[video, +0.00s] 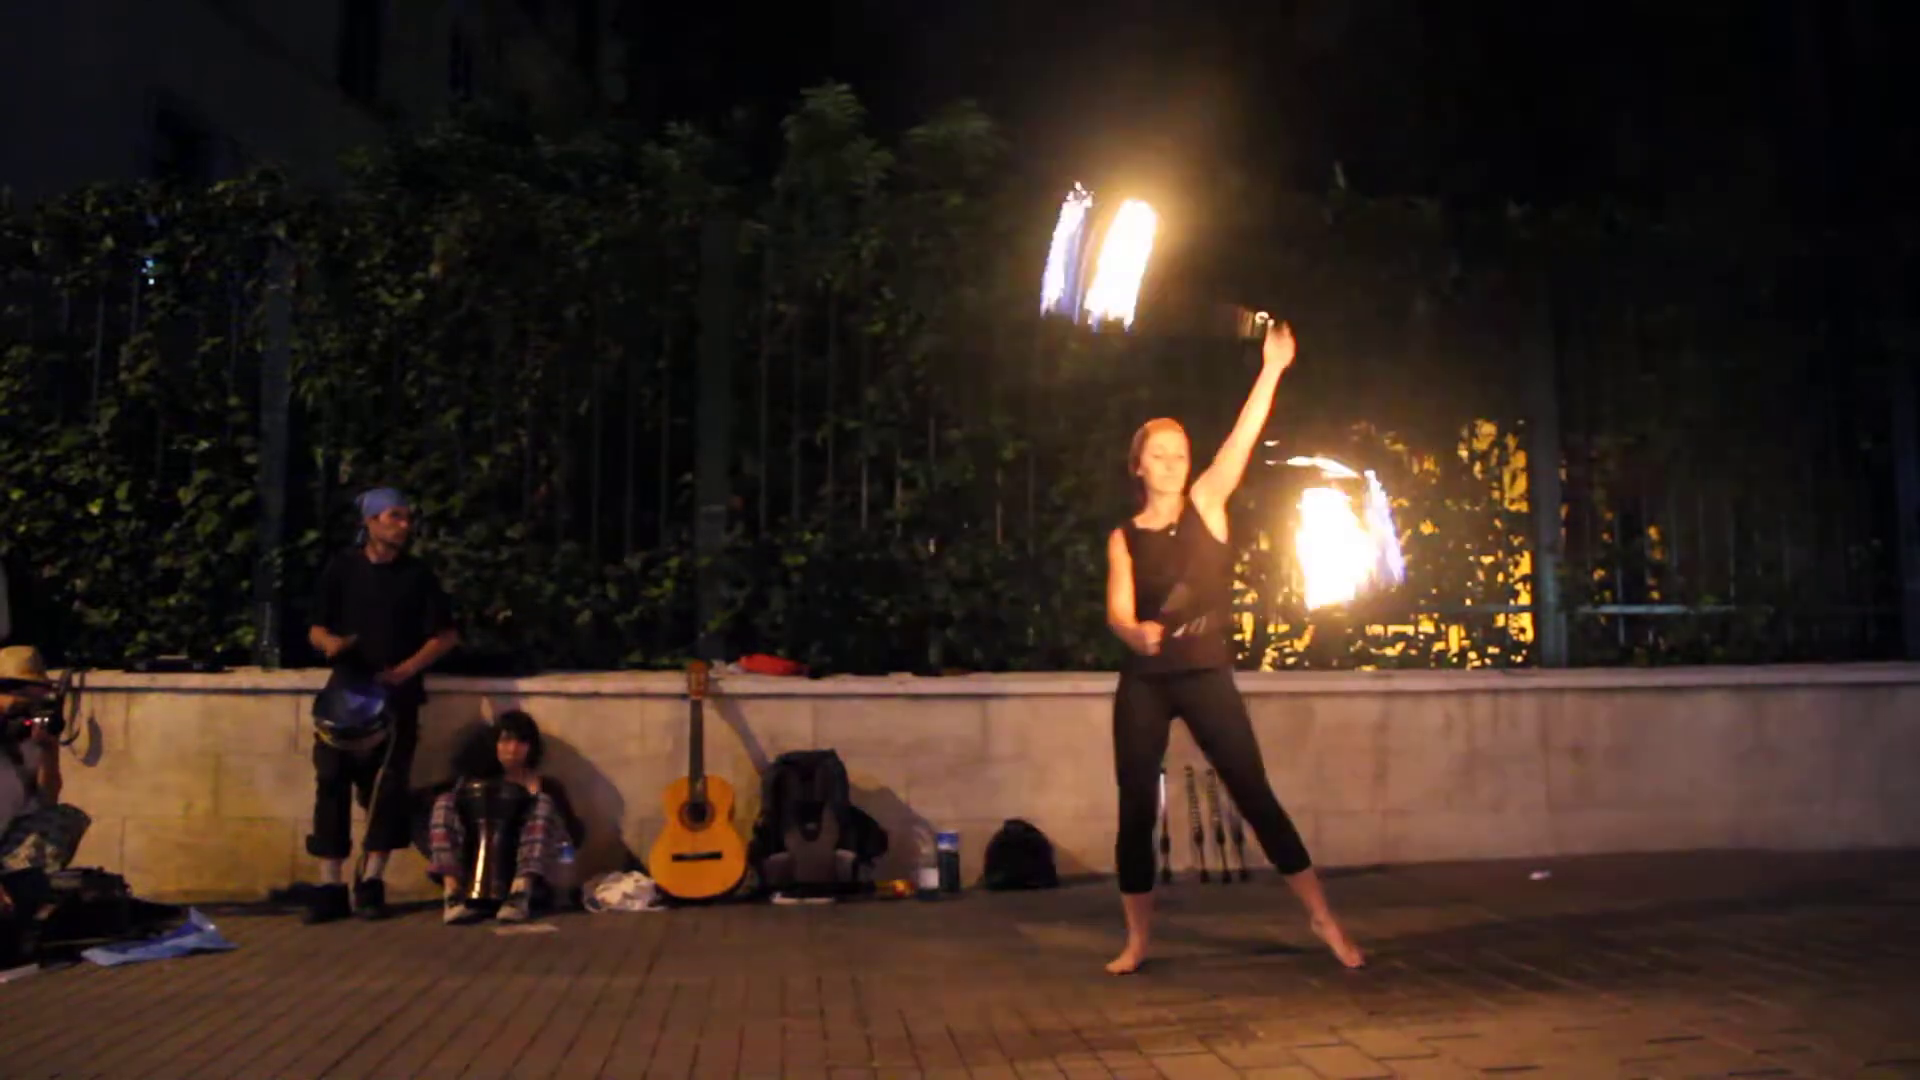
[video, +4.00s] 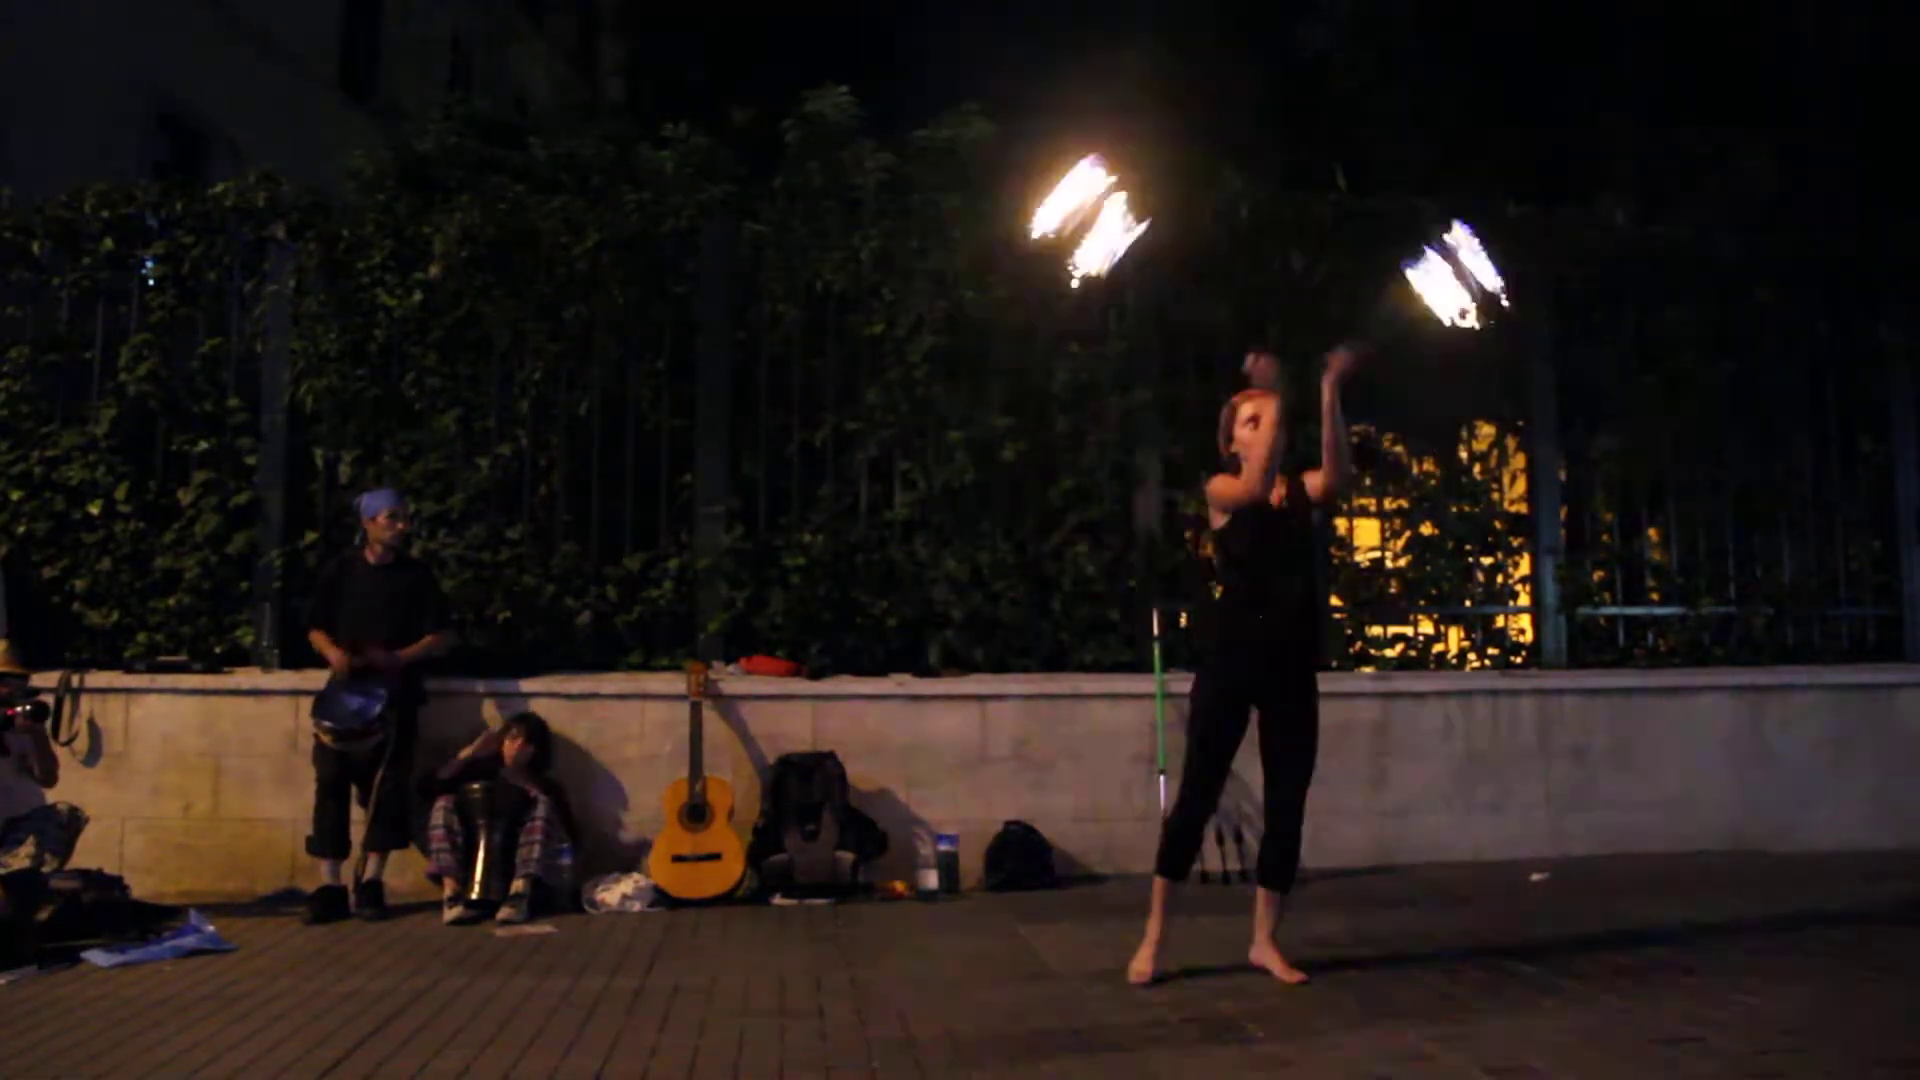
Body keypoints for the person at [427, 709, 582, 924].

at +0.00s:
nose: (512, 748)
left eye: (520, 742)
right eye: (505, 740)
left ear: (530, 748)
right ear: (495, 745)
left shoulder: (548, 786)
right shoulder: (479, 784)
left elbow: (574, 837)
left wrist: (538, 798)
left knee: (543, 805)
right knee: (444, 804)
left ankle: (521, 891)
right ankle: (452, 892)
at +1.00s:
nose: (511, 749)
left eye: (520, 743)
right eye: (505, 740)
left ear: (531, 750)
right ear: (495, 744)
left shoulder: (549, 788)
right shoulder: (477, 781)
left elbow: (570, 837)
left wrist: (536, 799)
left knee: (543, 806)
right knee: (445, 805)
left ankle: (521, 892)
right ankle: (452, 894)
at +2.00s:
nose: (514, 747)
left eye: (522, 741)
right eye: (508, 739)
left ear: (532, 749)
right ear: (498, 745)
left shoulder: (546, 791)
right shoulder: (479, 788)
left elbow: (563, 841)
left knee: (543, 806)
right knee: (445, 804)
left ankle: (521, 893)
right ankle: (451, 894)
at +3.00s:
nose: (520, 750)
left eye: (526, 743)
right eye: (512, 742)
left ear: (536, 749)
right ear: (498, 747)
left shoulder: (547, 790)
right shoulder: (480, 788)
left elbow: (566, 840)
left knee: (541, 806)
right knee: (444, 805)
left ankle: (520, 893)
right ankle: (451, 893)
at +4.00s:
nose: (518, 747)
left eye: (527, 742)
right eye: (513, 738)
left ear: (536, 750)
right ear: (503, 742)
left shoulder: (547, 787)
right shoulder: (480, 770)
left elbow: (568, 835)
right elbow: (431, 790)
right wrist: (467, 755)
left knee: (542, 807)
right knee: (444, 805)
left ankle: (520, 893)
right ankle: (451, 892)